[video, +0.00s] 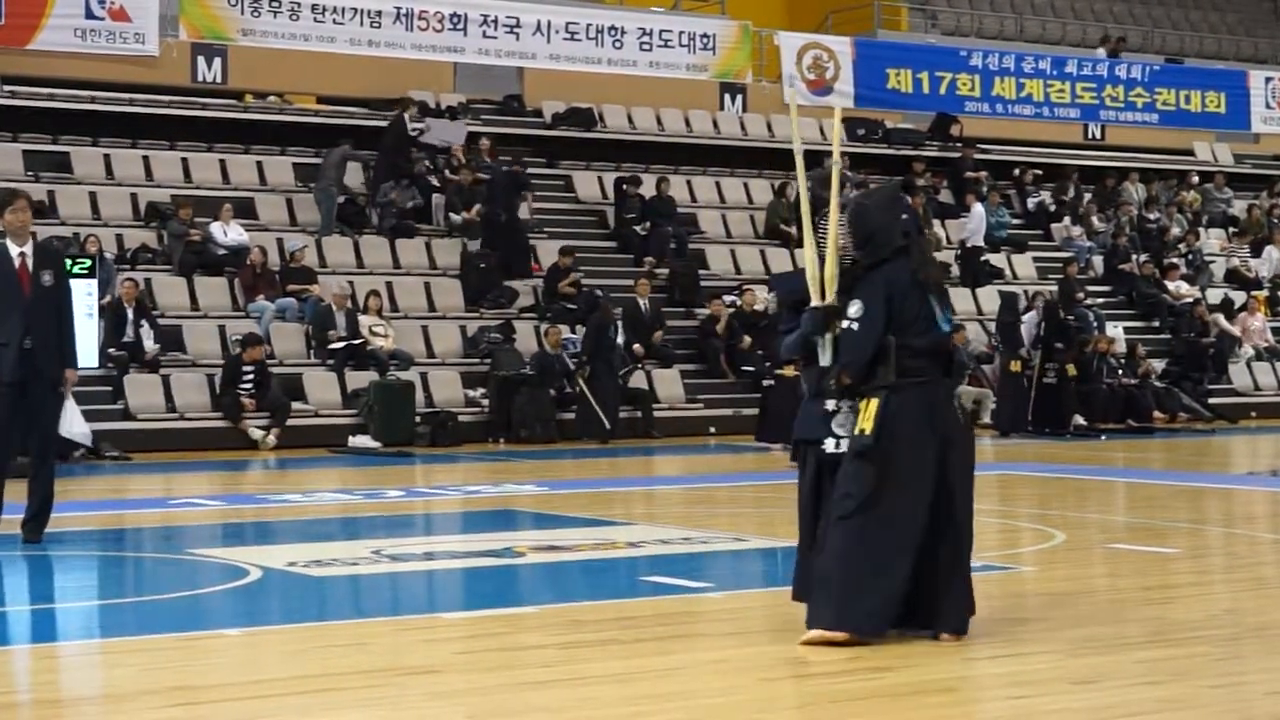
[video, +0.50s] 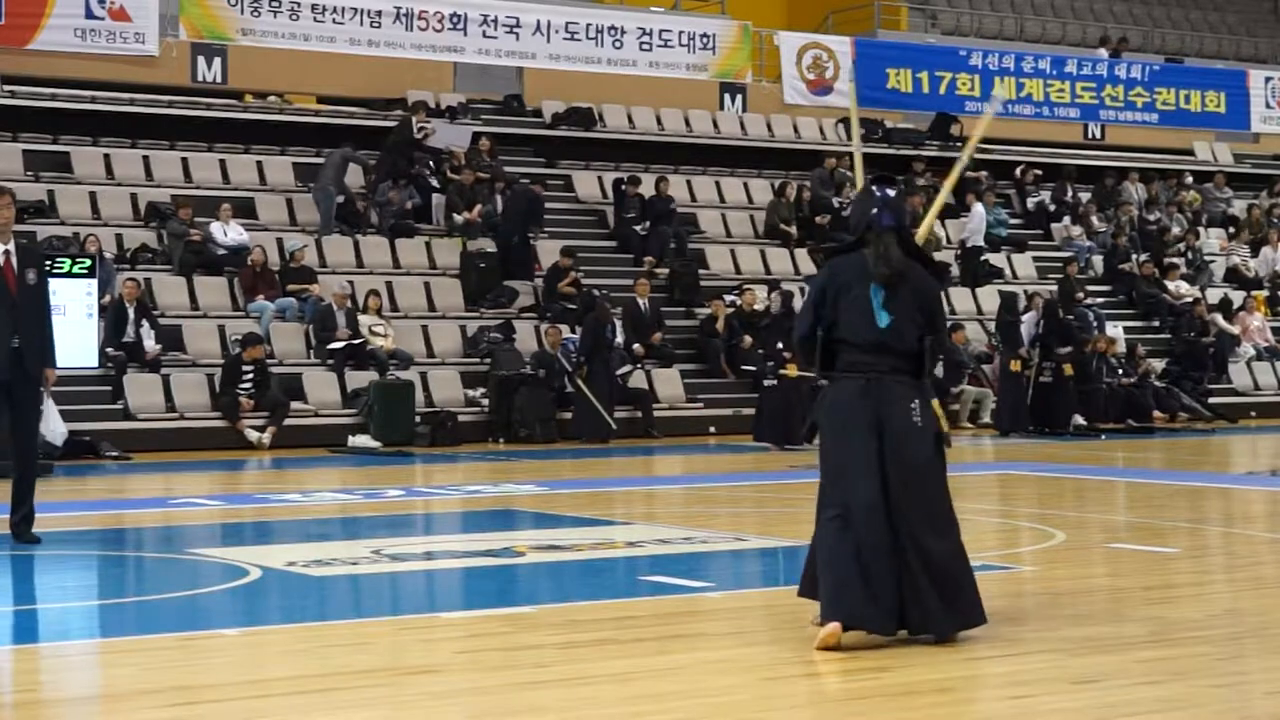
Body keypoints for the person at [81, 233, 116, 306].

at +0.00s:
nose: (93, 244)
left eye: (95, 242)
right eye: (90, 242)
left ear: (99, 245)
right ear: (84, 245)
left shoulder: (107, 263)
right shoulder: (79, 262)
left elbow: (112, 280)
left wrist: (108, 295)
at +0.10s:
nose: (93, 244)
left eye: (95, 241)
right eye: (90, 242)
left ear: (99, 244)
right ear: (84, 245)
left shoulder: (106, 263)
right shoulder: (79, 262)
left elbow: (112, 280)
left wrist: (108, 295)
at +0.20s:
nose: (93, 244)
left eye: (95, 241)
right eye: (90, 242)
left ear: (99, 244)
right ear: (84, 245)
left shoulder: (106, 263)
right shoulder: (79, 262)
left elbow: (112, 280)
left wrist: (108, 295)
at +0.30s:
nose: (93, 244)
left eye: (95, 241)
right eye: (90, 241)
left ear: (99, 244)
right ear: (84, 245)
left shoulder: (106, 263)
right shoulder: (79, 262)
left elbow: (112, 279)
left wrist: (108, 294)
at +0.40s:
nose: (93, 244)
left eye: (95, 241)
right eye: (90, 242)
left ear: (99, 244)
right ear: (84, 245)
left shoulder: (106, 263)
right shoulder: (79, 262)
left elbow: (111, 280)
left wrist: (108, 295)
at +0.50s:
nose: (93, 244)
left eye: (95, 241)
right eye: (89, 242)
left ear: (99, 244)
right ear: (84, 245)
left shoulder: (106, 263)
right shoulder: (79, 262)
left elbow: (111, 279)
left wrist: (108, 294)